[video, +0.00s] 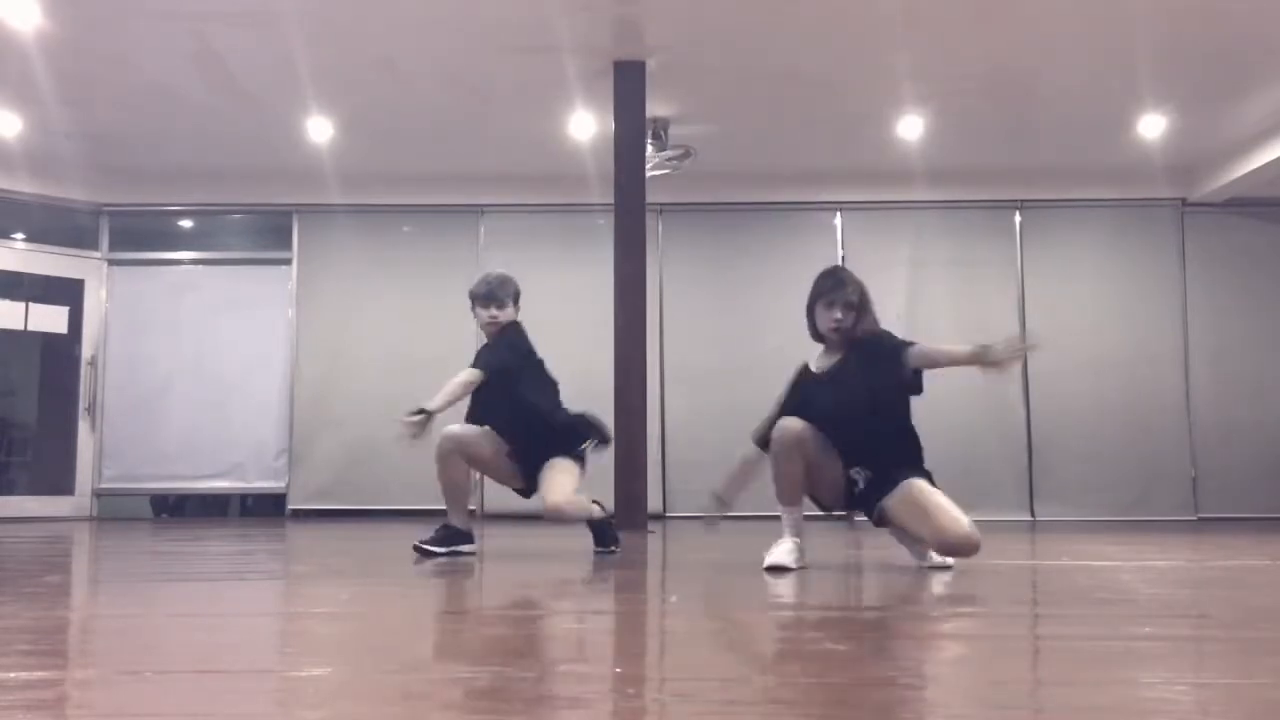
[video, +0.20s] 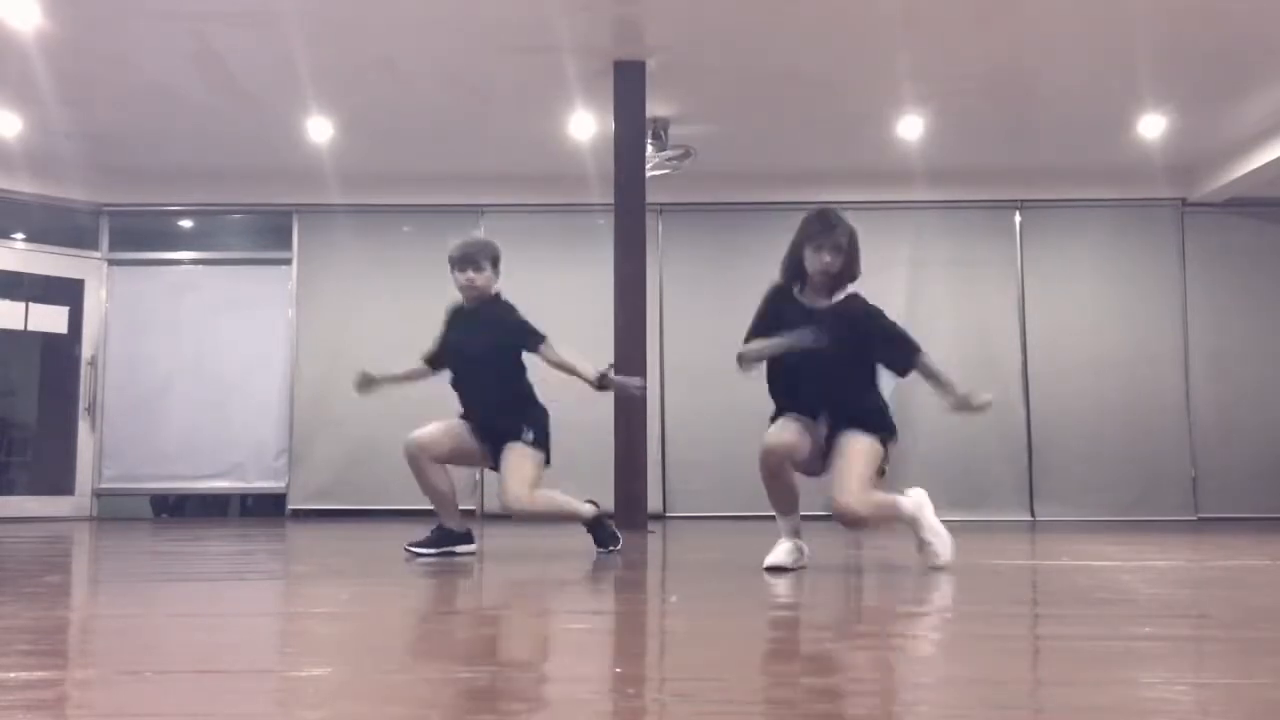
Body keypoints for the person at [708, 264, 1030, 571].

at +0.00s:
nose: (839, 315)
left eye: (849, 307)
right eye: (829, 306)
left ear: (861, 313)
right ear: (813, 311)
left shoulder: (879, 348)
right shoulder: (807, 376)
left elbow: (926, 357)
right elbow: (763, 444)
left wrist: (979, 356)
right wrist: (724, 495)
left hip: (891, 479)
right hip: (837, 479)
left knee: (966, 541)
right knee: (788, 430)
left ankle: (905, 534)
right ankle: (789, 542)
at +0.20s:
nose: (826, 259)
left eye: (836, 252)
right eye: (818, 249)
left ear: (848, 259)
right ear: (801, 252)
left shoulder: (857, 313)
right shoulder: (780, 301)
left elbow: (913, 357)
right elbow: (745, 358)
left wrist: (956, 396)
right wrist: (790, 341)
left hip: (859, 422)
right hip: (803, 419)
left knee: (849, 507)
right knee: (774, 448)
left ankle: (914, 507)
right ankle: (790, 542)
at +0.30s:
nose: (829, 249)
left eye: (839, 241)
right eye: (821, 238)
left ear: (850, 248)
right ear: (803, 240)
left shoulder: (861, 307)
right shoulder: (781, 278)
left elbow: (887, 367)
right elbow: (814, 327)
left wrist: (864, 427)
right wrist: (888, 321)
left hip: (848, 395)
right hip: (792, 393)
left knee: (806, 457)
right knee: (767, 453)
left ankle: (872, 518)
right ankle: (790, 541)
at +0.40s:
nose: (838, 251)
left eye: (847, 242)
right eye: (827, 241)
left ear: (858, 249)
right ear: (808, 247)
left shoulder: (868, 318)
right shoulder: (788, 281)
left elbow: (861, 400)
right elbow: (834, 336)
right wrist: (908, 351)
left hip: (838, 410)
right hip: (783, 409)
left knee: (847, 445)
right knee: (721, 457)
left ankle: (843, 534)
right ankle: (790, 535)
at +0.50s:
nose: (839, 279)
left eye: (848, 270)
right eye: (829, 269)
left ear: (861, 275)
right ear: (812, 272)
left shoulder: (865, 347)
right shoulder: (794, 307)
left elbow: (850, 422)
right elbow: (824, 369)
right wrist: (870, 426)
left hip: (836, 456)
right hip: (770, 452)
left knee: (932, 483)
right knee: (669, 479)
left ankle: (840, 531)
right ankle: (776, 527)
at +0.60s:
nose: (836, 309)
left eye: (846, 301)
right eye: (827, 299)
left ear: (857, 307)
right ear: (811, 302)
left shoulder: (864, 374)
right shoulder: (789, 337)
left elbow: (851, 443)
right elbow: (772, 394)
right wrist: (752, 443)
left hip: (843, 482)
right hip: (779, 478)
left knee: (941, 490)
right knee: (678, 494)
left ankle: (848, 531)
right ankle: (775, 530)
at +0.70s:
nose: (835, 302)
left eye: (844, 293)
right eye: (825, 292)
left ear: (856, 299)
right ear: (809, 294)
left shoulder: (863, 364)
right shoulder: (779, 334)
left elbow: (860, 440)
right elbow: (722, 377)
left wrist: (855, 519)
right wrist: (662, 400)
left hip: (836, 469)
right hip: (779, 466)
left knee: (873, 472)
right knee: (755, 473)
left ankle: (854, 537)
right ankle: (764, 536)